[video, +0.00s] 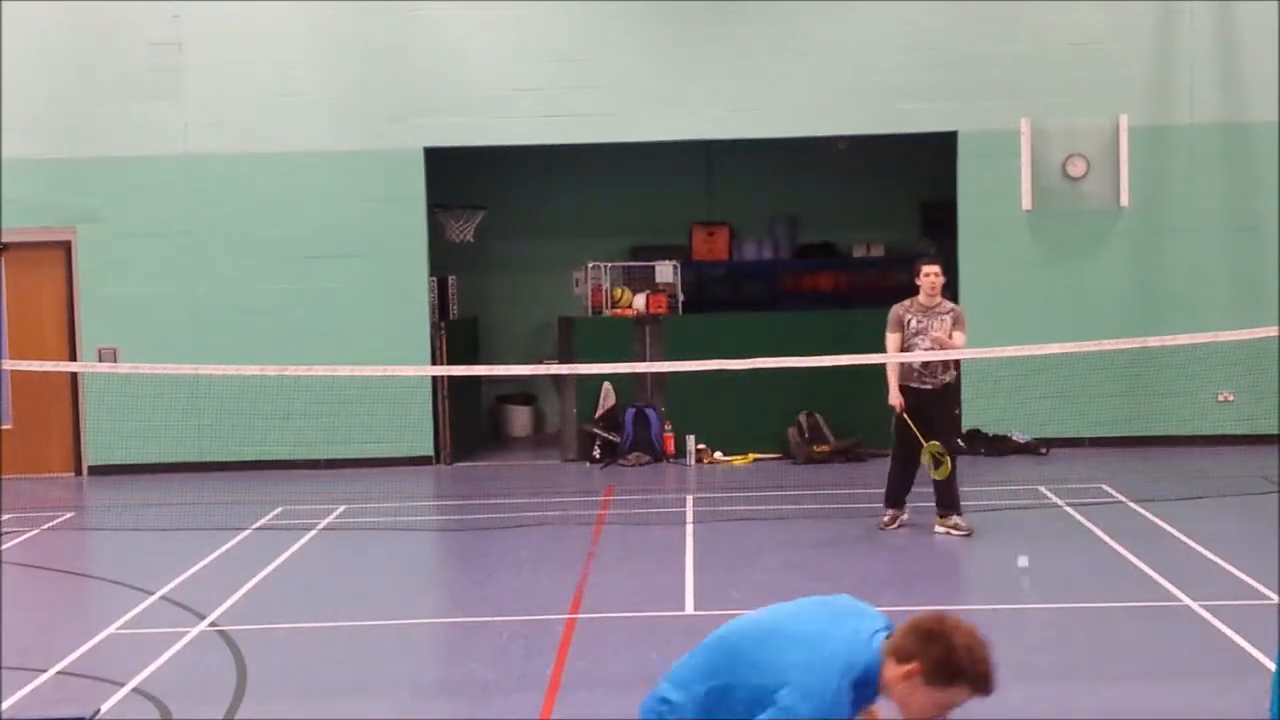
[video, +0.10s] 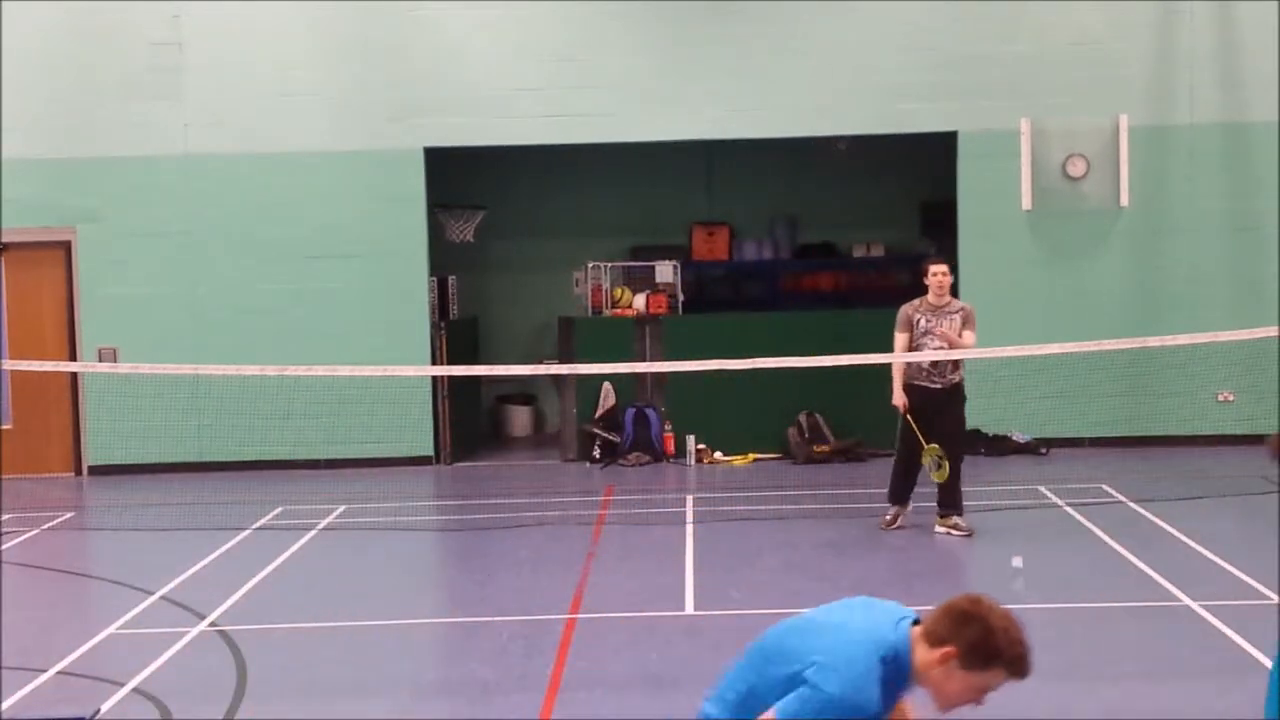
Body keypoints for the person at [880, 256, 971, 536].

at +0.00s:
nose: (933, 280)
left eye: (937, 275)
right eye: (927, 275)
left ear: (944, 280)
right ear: (917, 280)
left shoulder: (954, 312)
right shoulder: (900, 312)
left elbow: (960, 344)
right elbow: (892, 354)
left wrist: (945, 341)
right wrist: (893, 390)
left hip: (944, 391)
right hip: (910, 390)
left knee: (945, 451)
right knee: (904, 451)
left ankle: (947, 515)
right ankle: (895, 508)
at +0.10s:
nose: (940, 279)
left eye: (944, 274)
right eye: (935, 275)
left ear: (951, 279)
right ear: (925, 280)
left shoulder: (964, 311)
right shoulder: (909, 311)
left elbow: (969, 345)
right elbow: (899, 353)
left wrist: (952, 338)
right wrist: (897, 389)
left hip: (950, 390)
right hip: (916, 389)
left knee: (951, 451)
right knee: (908, 449)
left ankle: (948, 515)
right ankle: (898, 506)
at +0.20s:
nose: (946, 279)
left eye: (950, 274)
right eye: (941, 275)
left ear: (958, 278)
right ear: (932, 280)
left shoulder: (972, 311)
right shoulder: (917, 311)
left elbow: (978, 343)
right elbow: (906, 353)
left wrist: (960, 338)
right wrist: (902, 390)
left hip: (958, 390)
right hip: (924, 389)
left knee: (956, 454)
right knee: (919, 449)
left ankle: (949, 516)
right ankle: (908, 507)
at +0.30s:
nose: (950, 280)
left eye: (954, 274)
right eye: (944, 275)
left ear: (963, 278)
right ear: (937, 280)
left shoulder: (979, 312)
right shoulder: (923, 312)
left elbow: (985, 347)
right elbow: (912, 354)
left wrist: (958, 340)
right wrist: (907, 390)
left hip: (964, 390)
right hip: (931, 389)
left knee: (959, 454)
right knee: (935, 452)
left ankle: (950, 516)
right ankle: (923, 512)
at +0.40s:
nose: (953, 281)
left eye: (957, 275)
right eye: (947, 277)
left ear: (967, 278)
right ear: (941, 281)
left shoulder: (983, 312)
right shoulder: (928, 313)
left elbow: (991, 350)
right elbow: (917, 355)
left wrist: (973, 360)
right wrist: (913, 393)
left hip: (969, 389)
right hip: (937, 388)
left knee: (964, 453)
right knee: (944, 452)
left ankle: (957, 515)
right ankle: (943, 516)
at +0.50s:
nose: (956, 283)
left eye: (960, 277)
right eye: (951, 279)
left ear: (970, 279)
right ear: (944, 283)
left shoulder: (987, 314)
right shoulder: (931, 316)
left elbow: (995, 354)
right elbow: (922, 359)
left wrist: (985, 378)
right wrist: (920, 397)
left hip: (974, 390)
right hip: (943, 390)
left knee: (969, 454)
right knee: (951, 453)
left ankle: (946, 513)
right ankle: (964, 515)